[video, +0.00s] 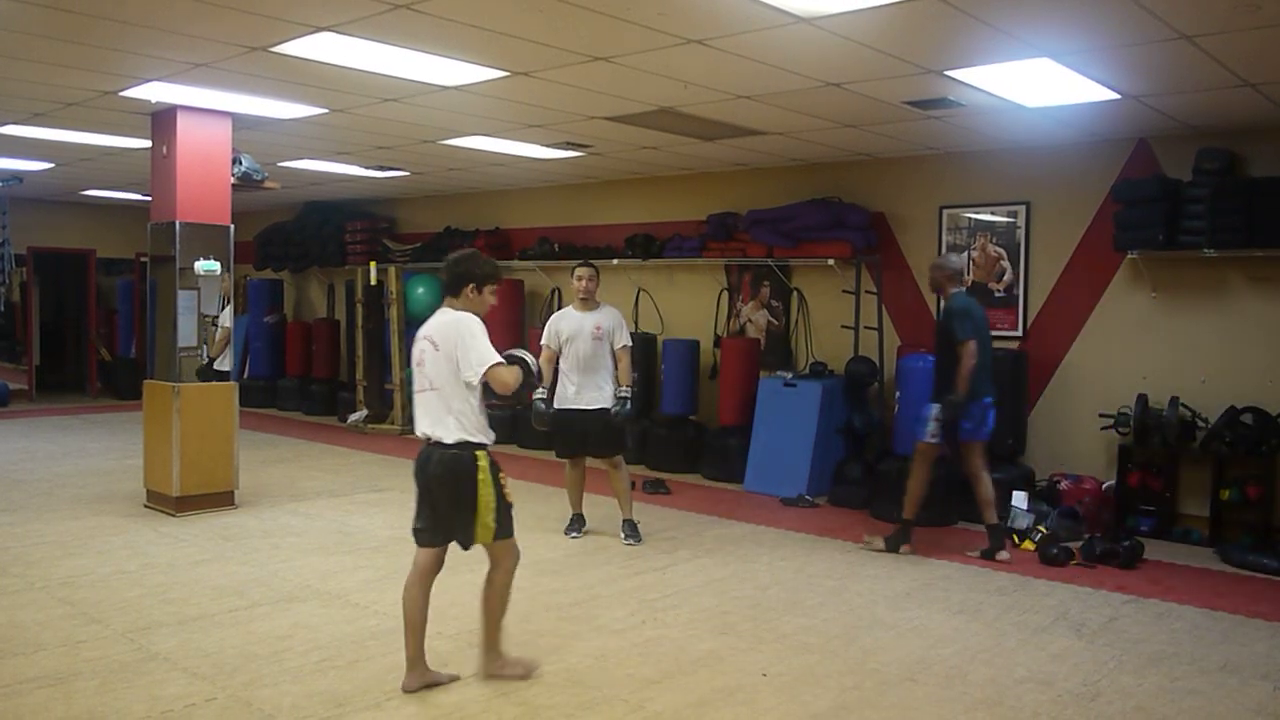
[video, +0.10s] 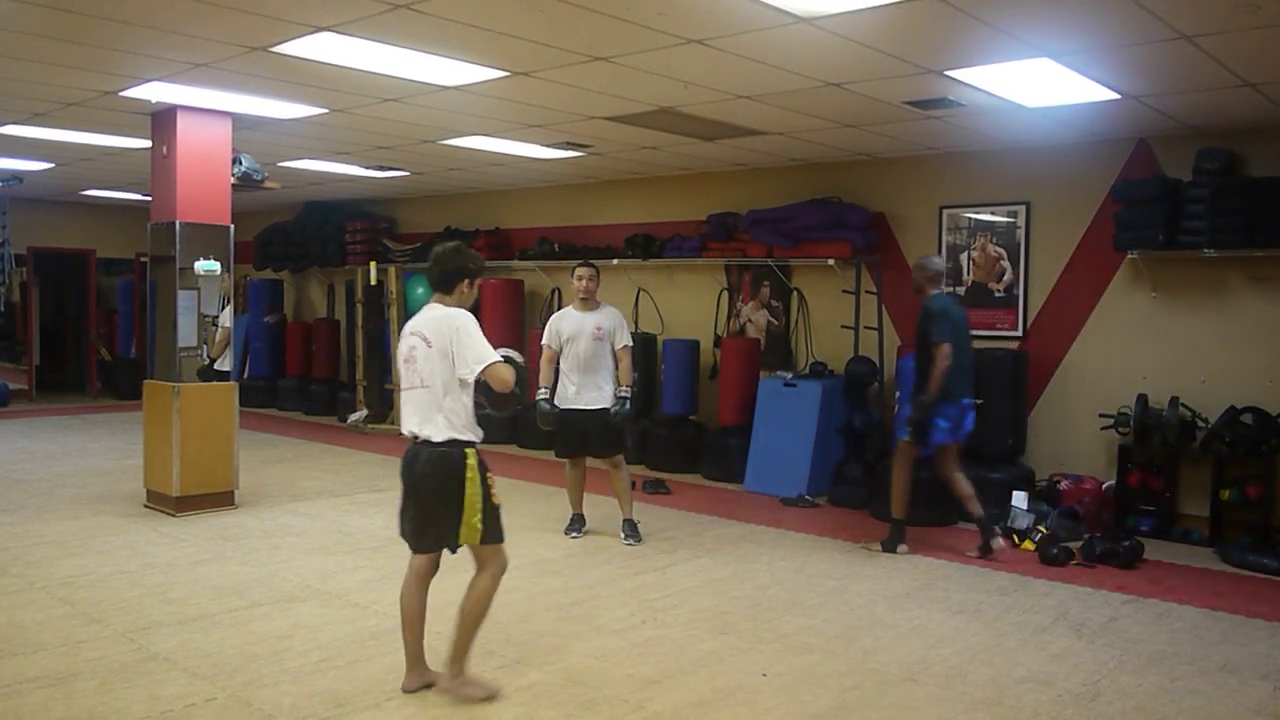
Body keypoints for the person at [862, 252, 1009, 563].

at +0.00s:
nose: (929, 280)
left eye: (932, 275)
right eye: (931, 274)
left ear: (946, 277)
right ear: (954, 277)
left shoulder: (957, 307)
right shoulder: (968, 305)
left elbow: (969, 354)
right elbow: (970, 354)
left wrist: (957, 397)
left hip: (953, 400)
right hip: (977, 400)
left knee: (922, 456)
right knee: (976, 464)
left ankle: (902, 534)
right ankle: (996, 541)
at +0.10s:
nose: (911, 281)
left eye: (914, 277)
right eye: (913, 276)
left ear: (925, 278)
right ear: (940, 278)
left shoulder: (935, 307)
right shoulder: (954, 305)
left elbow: (944, 356)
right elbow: (958, 356)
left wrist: (926, 398)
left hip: (936, 401)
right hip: (959, 401)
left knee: (902, 457)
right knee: (948, 464)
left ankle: (896, 535)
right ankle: (987, 529)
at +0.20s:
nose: (894, 277)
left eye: (897, 272)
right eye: (896, 271)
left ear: (907, 275)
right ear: (921, 275)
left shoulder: (913, 305)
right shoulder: (936, 303)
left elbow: (917, 351)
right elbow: (952, 349)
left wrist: (899, 391)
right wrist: (933, 373)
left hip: (916, 400)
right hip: (937, 398)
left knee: (893, 461)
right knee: (916, 461)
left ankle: (896, 535)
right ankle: (956, 513)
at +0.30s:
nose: (878, 278)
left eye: (880, 273)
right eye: (879, 273)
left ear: (890, 272)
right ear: (908, 272)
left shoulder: (894, 300)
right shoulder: (925, 301)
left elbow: (895, 346)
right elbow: (939, 345)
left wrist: (873, 382)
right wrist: (929, 380)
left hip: (898, 392)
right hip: (920, 391)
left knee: (891, 459)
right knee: (891, 452)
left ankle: (896, 535)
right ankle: (916, 506)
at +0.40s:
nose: (864, 274)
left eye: (867, 270)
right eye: (866, 269)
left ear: (877, 272)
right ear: (893, 272)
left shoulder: (876, 302)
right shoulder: (907, 302)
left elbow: (875, 344)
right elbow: (924, 345)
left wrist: (851, 376)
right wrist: (922, 388)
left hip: (883, 390)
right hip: (903, 387)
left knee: (887, 456)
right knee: (866, 442)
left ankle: (896, 535)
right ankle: (875, 510)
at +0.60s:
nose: (837, 278)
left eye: (839, 273)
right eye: (838, 272)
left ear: (847, 277)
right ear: (866, 277)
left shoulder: (847, 306)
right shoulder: (878, 304)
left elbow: (845, 346)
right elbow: (894, 344)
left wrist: (820, 377)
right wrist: (895, 386)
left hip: (855, 392)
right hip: (874, 390)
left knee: (862, 457)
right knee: (842, 450)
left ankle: (891, 528)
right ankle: (830, 514)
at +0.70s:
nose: (826, 277)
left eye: (828, 272)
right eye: (828, 271)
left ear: (836, 275)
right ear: (855, 276)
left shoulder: (834, 304)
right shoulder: (869, 305)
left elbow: (836, 343)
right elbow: (878, 345)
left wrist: (815, 375)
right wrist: (876, 383)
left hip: (837, 387)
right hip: (861, 386)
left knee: (829, 450)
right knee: (836, 450)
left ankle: (871, 508)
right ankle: (829, 513)